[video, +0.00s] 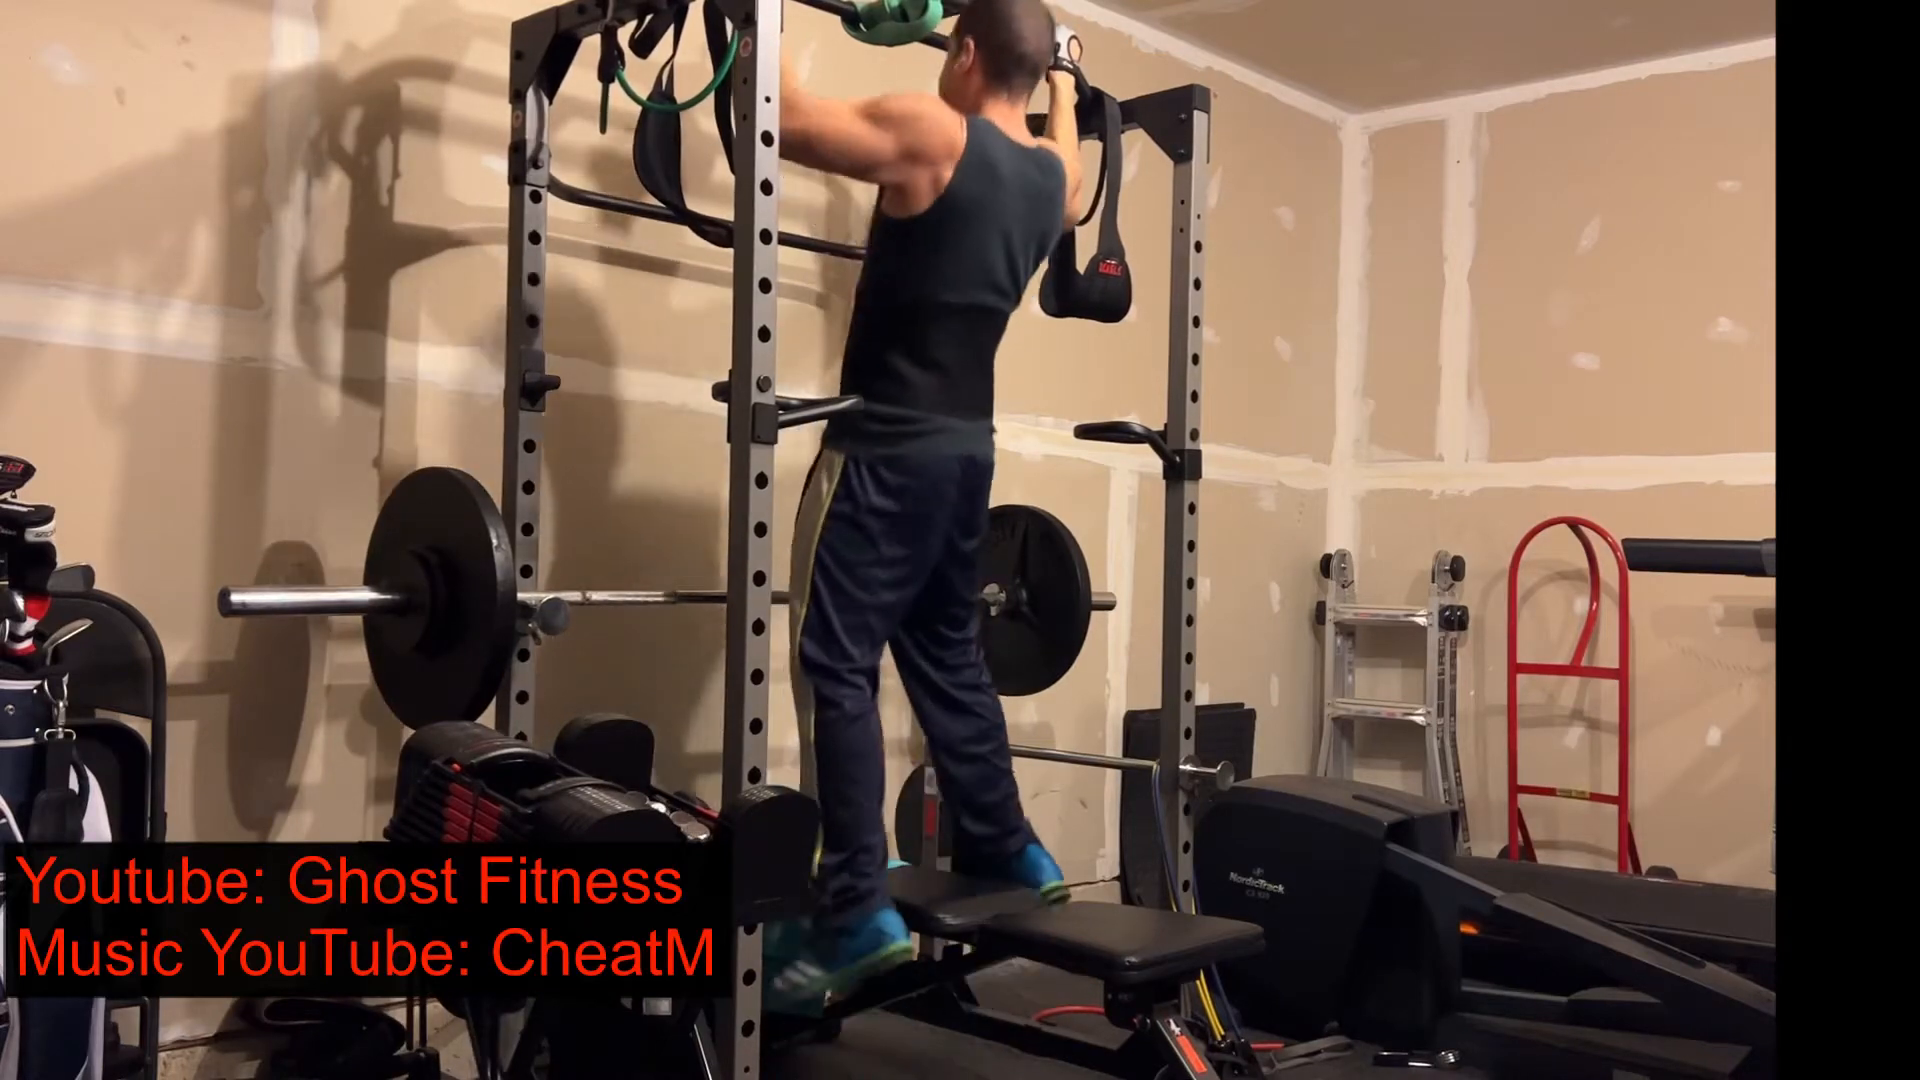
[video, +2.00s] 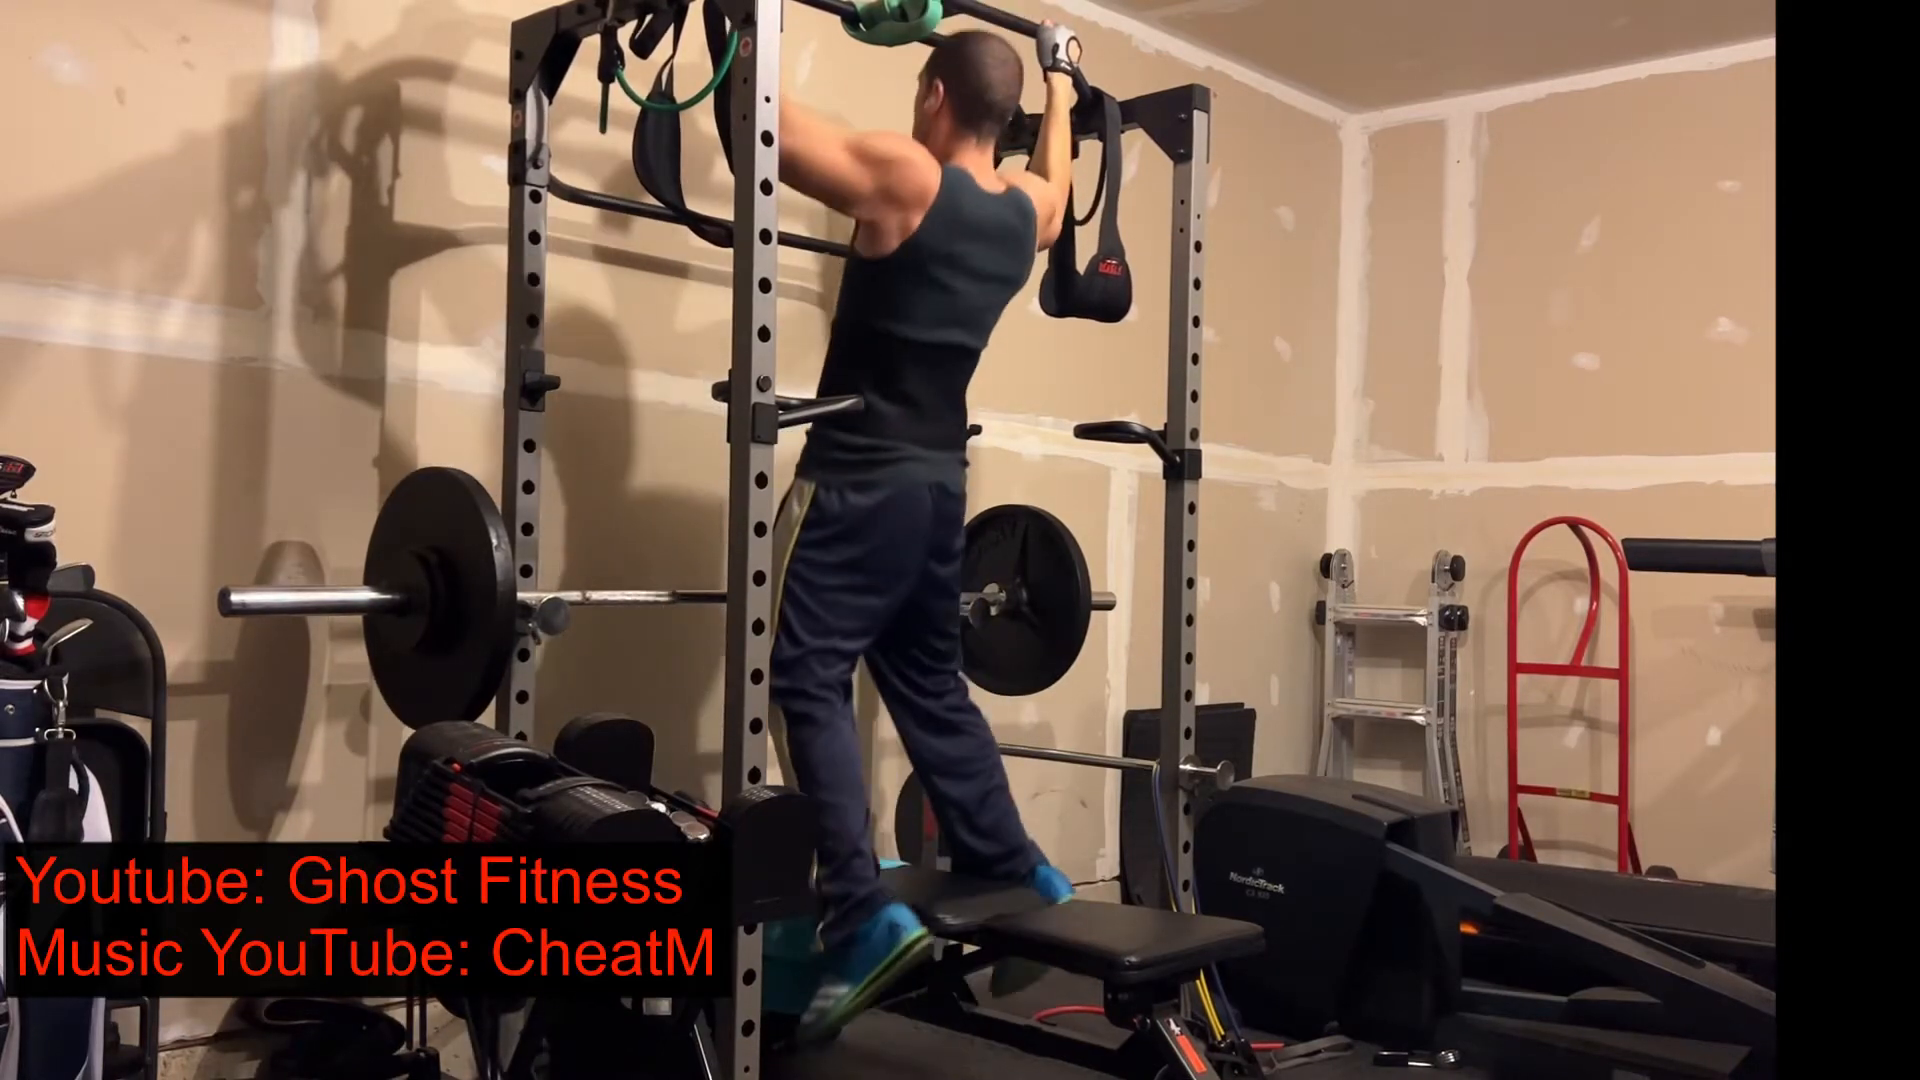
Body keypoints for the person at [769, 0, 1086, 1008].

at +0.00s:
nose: (944, 58)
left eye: (953, 43)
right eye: (954, 44)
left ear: (970, 55)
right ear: (1038, 75)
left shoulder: (926, 128)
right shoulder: (1045, 171)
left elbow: (790, 121)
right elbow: (1067, 206)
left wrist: (759, 20)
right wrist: (1052, 116)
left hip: (886, 451)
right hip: (965, 453)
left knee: (837, 663)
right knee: (946, 651)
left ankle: (856, 903)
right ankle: (1002, 848)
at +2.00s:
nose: (914, 98)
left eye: (921, 84)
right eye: (923, 86)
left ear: (938, 98)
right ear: (1009, 118)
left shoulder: (902, 170)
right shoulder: (1024, 212)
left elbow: (767, 124)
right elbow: (1056, 185)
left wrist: (746, 30)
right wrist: (1061, 104)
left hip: (868, 480)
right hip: (938, 484)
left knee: (811, 681)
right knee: (931, 688)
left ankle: (862, 909)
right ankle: (1012, 871)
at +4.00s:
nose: (922, 136)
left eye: (929, 124)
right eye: (931, 125)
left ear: (948, 131)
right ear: (1011, 148)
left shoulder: (910, 199)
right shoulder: (1031, 243)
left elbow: (788, 138)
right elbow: (1051, 186)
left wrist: (770, 21)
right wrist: (1057, 107)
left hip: (868, 520)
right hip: (943, 524)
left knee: (804, 723)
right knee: (929, 731)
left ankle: (837, 962)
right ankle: (999, 936)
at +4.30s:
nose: (941, 25)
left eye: (948, 13)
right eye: (947, 14)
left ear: (969, 16)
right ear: (1039, 32)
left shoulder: (928, 86)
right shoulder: (1056, 131)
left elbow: (786, 112)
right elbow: (1072, 200)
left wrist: (763, 18)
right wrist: (1056, 93)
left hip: (886, 407)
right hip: (961, 413)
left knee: (803, 605)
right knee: (931, 614)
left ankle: (821, 840)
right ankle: (991, 817)